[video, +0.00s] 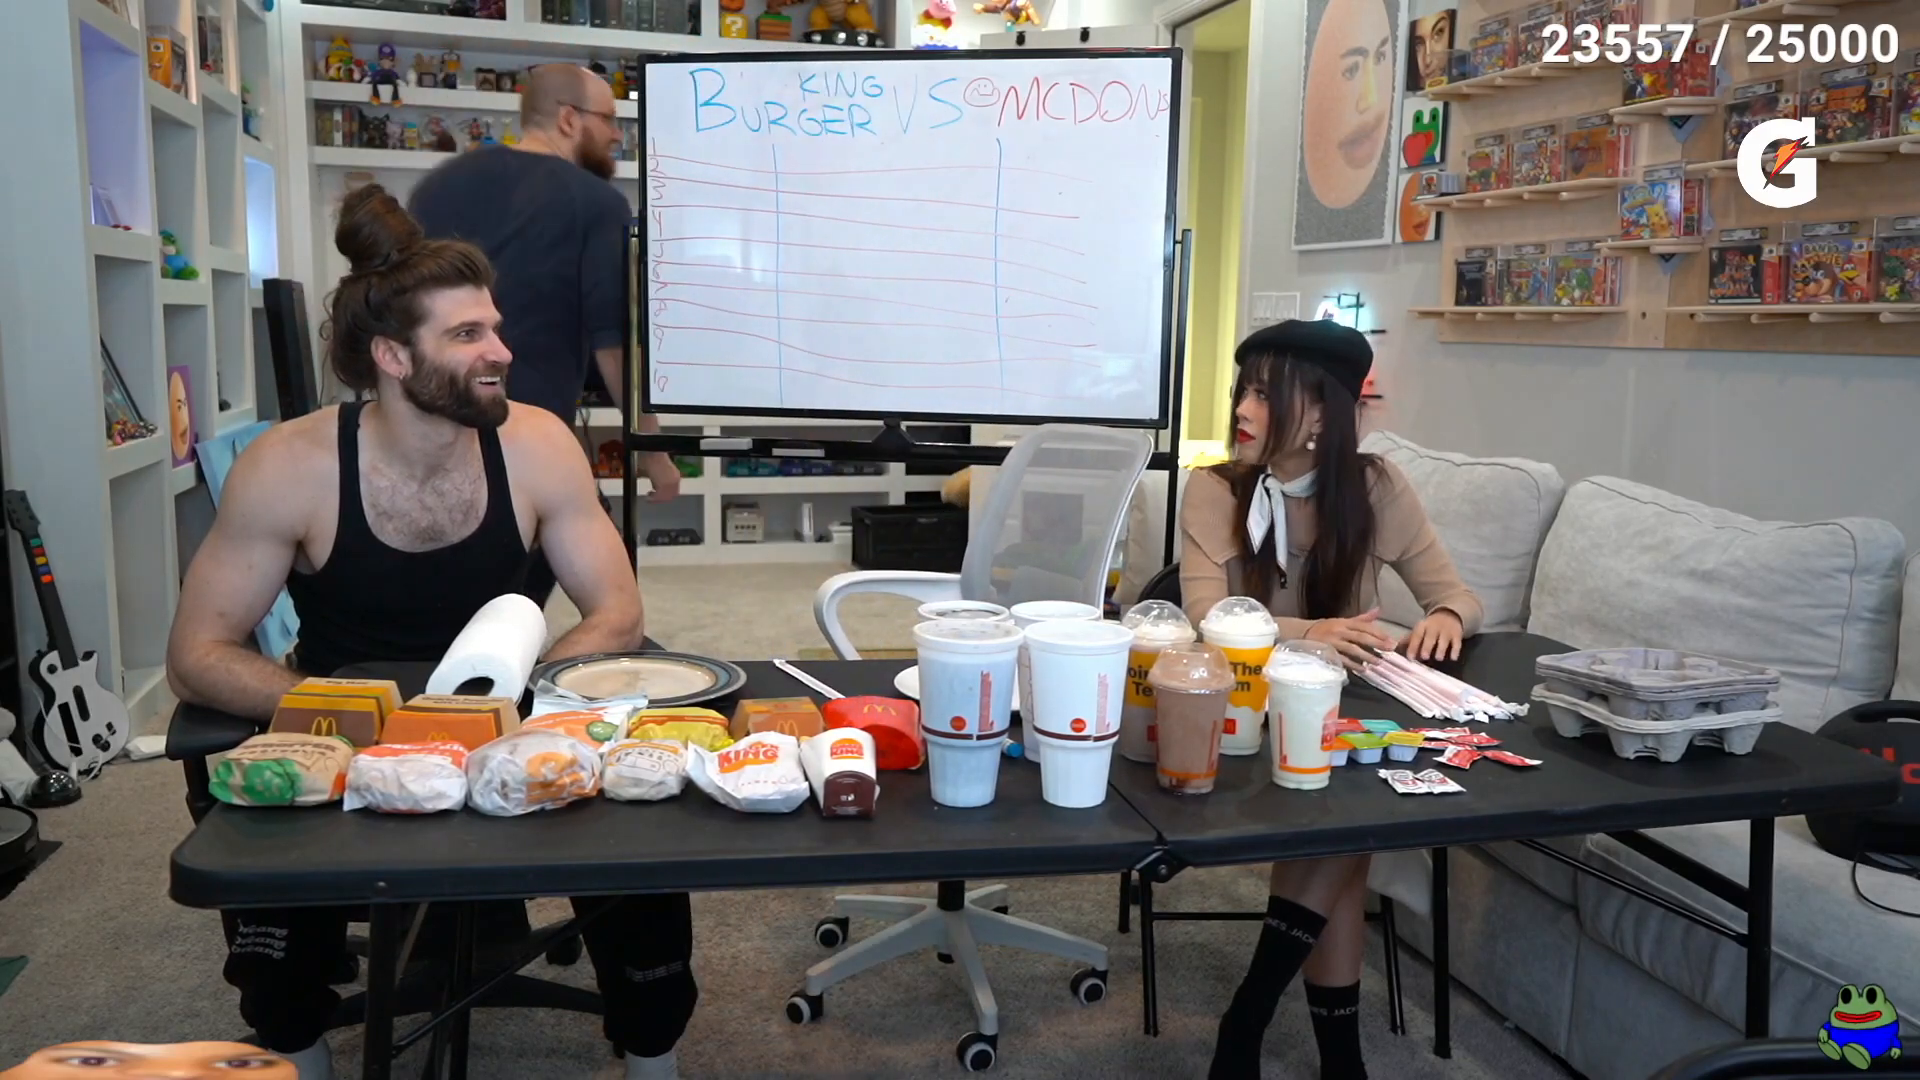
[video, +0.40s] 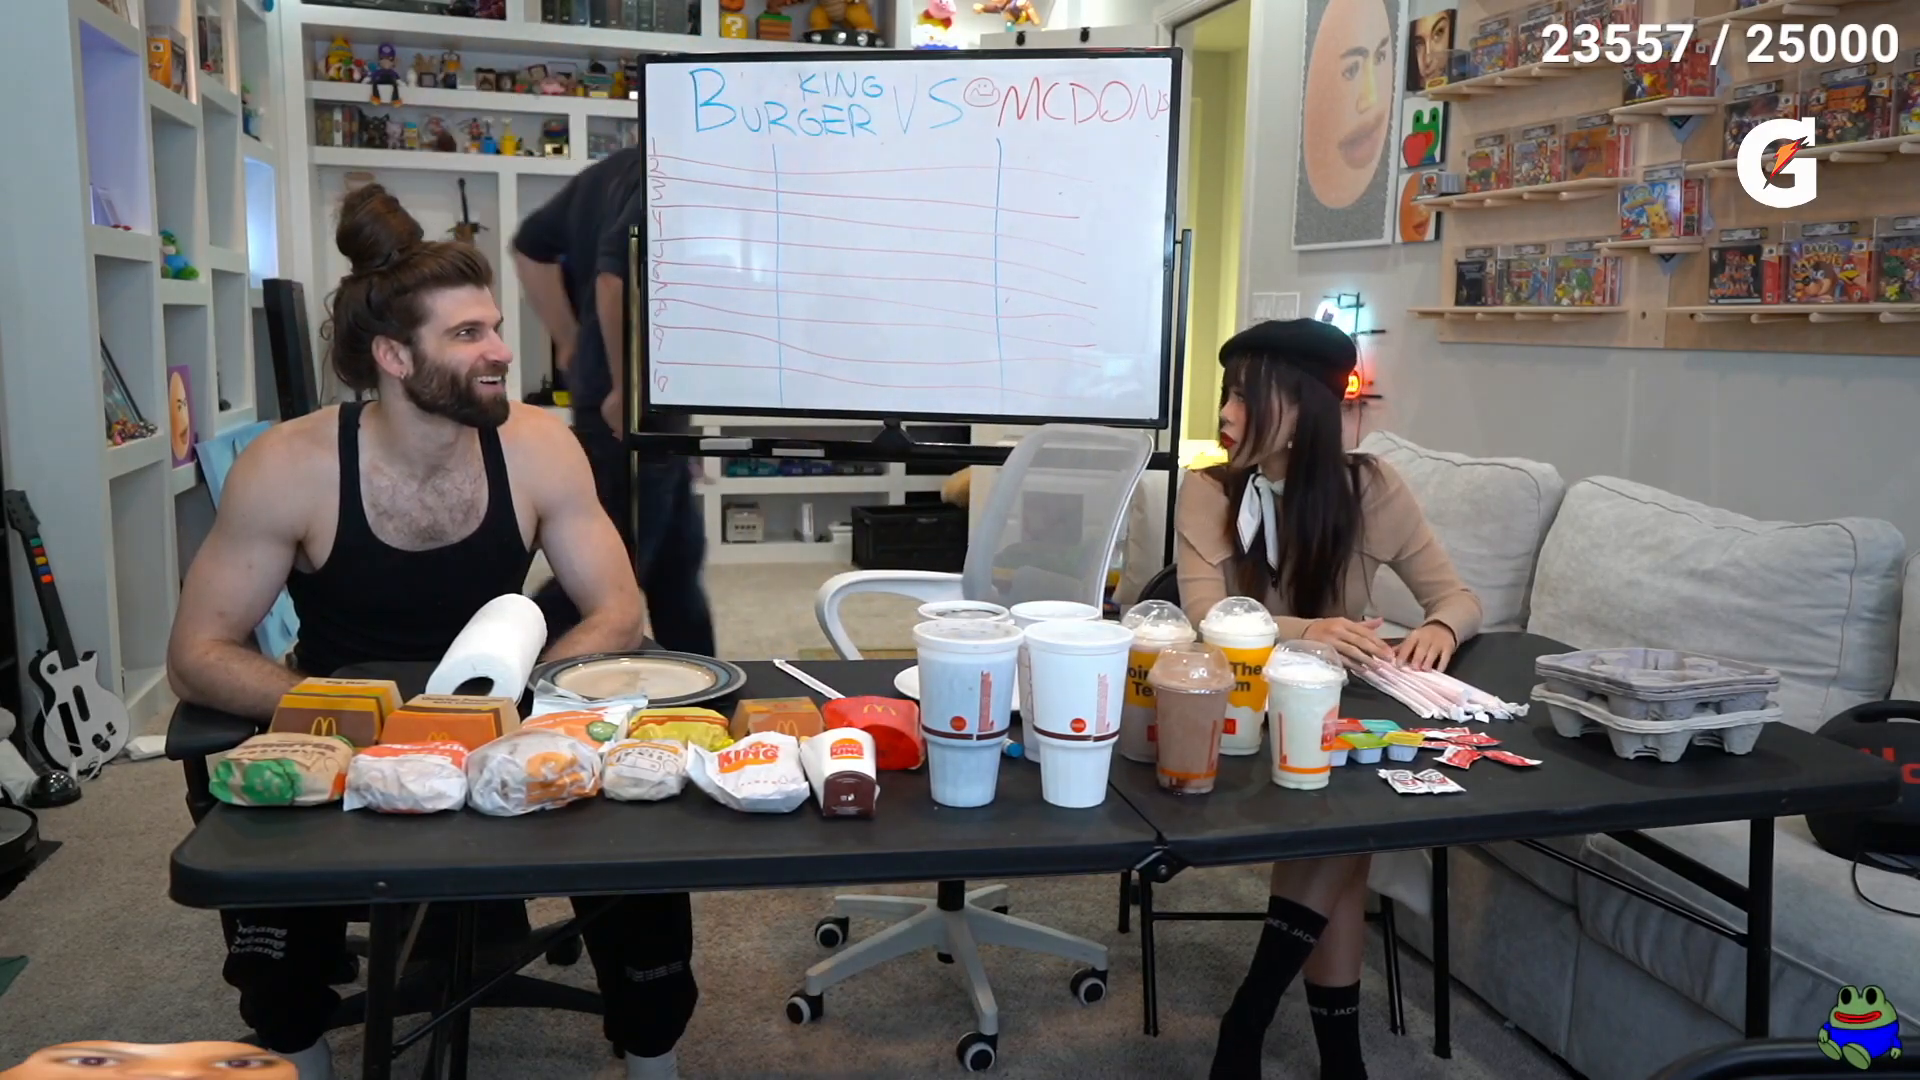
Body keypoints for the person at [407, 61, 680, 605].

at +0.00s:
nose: (617, 134)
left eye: (617, 120)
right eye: (608, 119)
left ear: (550, 120)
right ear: (567, 119)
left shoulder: (439, 180)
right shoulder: (596, 203)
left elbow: (401, 294)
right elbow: (610, 344)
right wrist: (651, 447)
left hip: (427, 421)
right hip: (531, 441)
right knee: (515, 607)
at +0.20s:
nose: (656, 151)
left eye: (494, 330)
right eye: (654, 138)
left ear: (601, 129)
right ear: (626, 129)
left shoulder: (513, 184)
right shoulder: (613, 192)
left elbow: (451, 269)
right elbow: (587, 314)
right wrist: (598, 436)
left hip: (483, 419)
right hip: (555, 430)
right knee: (556, 594)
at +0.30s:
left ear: (625, 114)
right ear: (670, 121)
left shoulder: (566, 168)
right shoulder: (637, 175)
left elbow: (484, 240)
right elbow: (595, 281)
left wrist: (514, 339)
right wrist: (594, 400)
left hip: (548, 397)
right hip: (603, 411)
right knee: (610, 553)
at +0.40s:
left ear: (650, 116)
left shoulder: (609, 172)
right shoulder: (658, 174)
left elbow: (532, 247)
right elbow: (612, 274)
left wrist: (568, 340)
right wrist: (622, 384)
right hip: (636, 410)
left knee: (676, 561)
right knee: (616, 565)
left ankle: (702, 695)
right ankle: (507, 651)